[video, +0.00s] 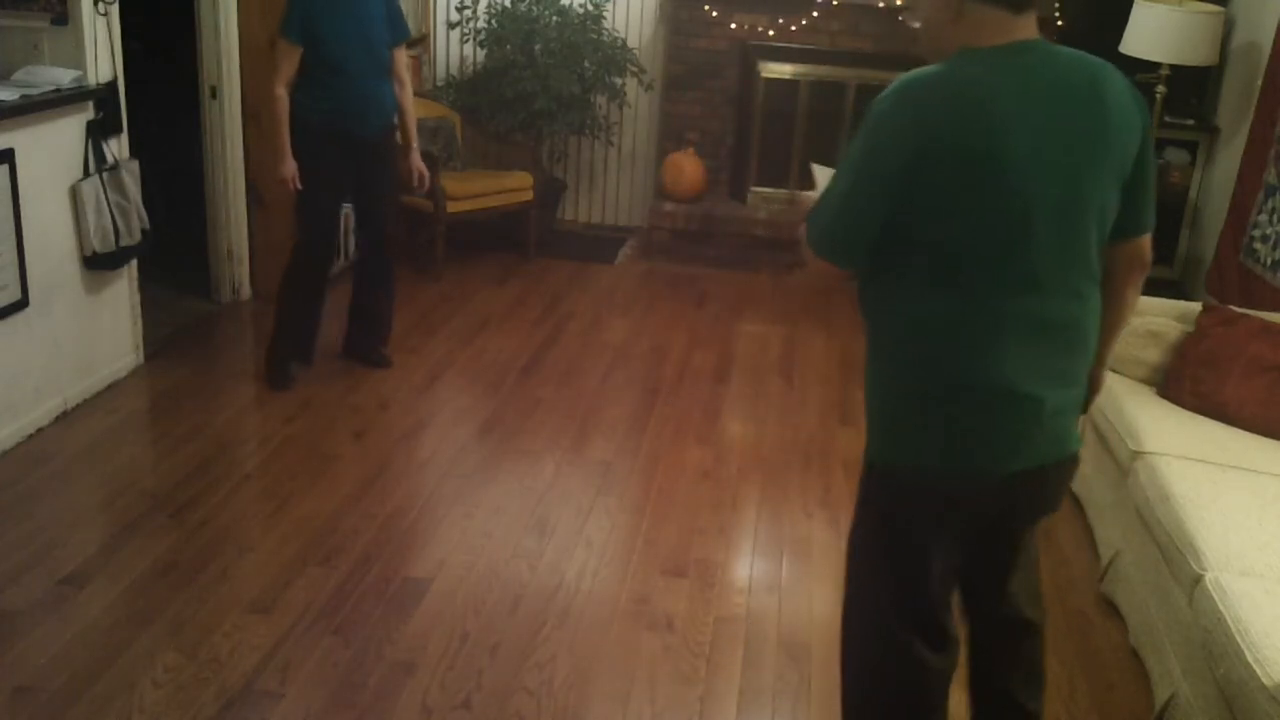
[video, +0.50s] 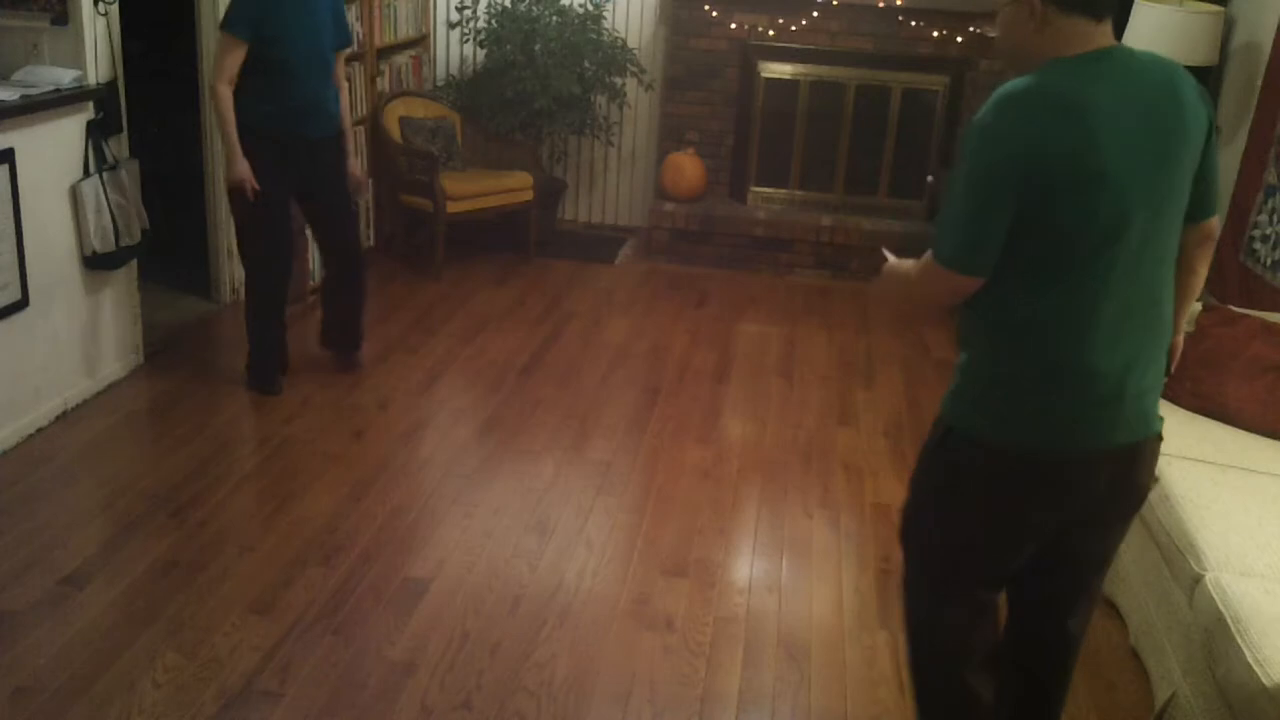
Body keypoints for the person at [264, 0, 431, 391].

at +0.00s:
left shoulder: (387, 7)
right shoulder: (306, 8)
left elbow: (401, 79)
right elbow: (281, 84)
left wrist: (413, 148)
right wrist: (285, 155)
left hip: (376, 141)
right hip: (320, 142)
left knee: (376, 242)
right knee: (316, 245)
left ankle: (365, 341)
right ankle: (285, 354)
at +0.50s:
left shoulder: (331, 8)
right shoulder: (250, 8)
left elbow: (339, 81)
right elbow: (222, 82)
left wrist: (349, 151)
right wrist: (235, 157)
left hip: (321, 147)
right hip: (261, 151)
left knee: (346, 250)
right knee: (268, 262)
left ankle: (343, 341)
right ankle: (265, 370)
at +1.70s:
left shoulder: (379, 6)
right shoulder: (300, 7)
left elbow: (389, 74)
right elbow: (272, 76)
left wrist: (408, 144)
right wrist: (302, 150)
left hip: (365, 139)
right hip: (309, 142)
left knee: (365, 244)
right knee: (316, 245)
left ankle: (356, 347)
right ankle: (304, 343)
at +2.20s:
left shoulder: (422, 7)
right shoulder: (347, 9)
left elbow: (429, 78)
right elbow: (324, 85)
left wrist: (435, 146)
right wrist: (337, 164)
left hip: (411, 144)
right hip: (365, 144)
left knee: (407, 254)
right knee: (369, 253)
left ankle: (398, 361)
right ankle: (325, 337)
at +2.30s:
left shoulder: (436, 8)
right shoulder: (357, 9)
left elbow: (449, 81)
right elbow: (332, 86)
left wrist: (468, 152)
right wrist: (336, 166)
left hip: (420, 145)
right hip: (371, 145)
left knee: (416, 250)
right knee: (397, 251)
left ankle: (399, 359)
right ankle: (372, 356)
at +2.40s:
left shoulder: (451, 10)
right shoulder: (373, 10)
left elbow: (469, 87)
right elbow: (339, 90)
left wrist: (493, 158)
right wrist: (335, 166)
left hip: (431, 148)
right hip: (379, 149)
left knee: (419, 260)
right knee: (413, 262)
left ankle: (395, 360)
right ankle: (421, 385)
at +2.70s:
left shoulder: (501, 19)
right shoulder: (421, 18)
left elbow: (517, 92)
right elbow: (383, 101)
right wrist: (372, 175)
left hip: (478, 163)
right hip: (422, 163)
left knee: (452, 267)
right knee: (456, 275)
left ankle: (406, 349)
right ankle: (482, 404)